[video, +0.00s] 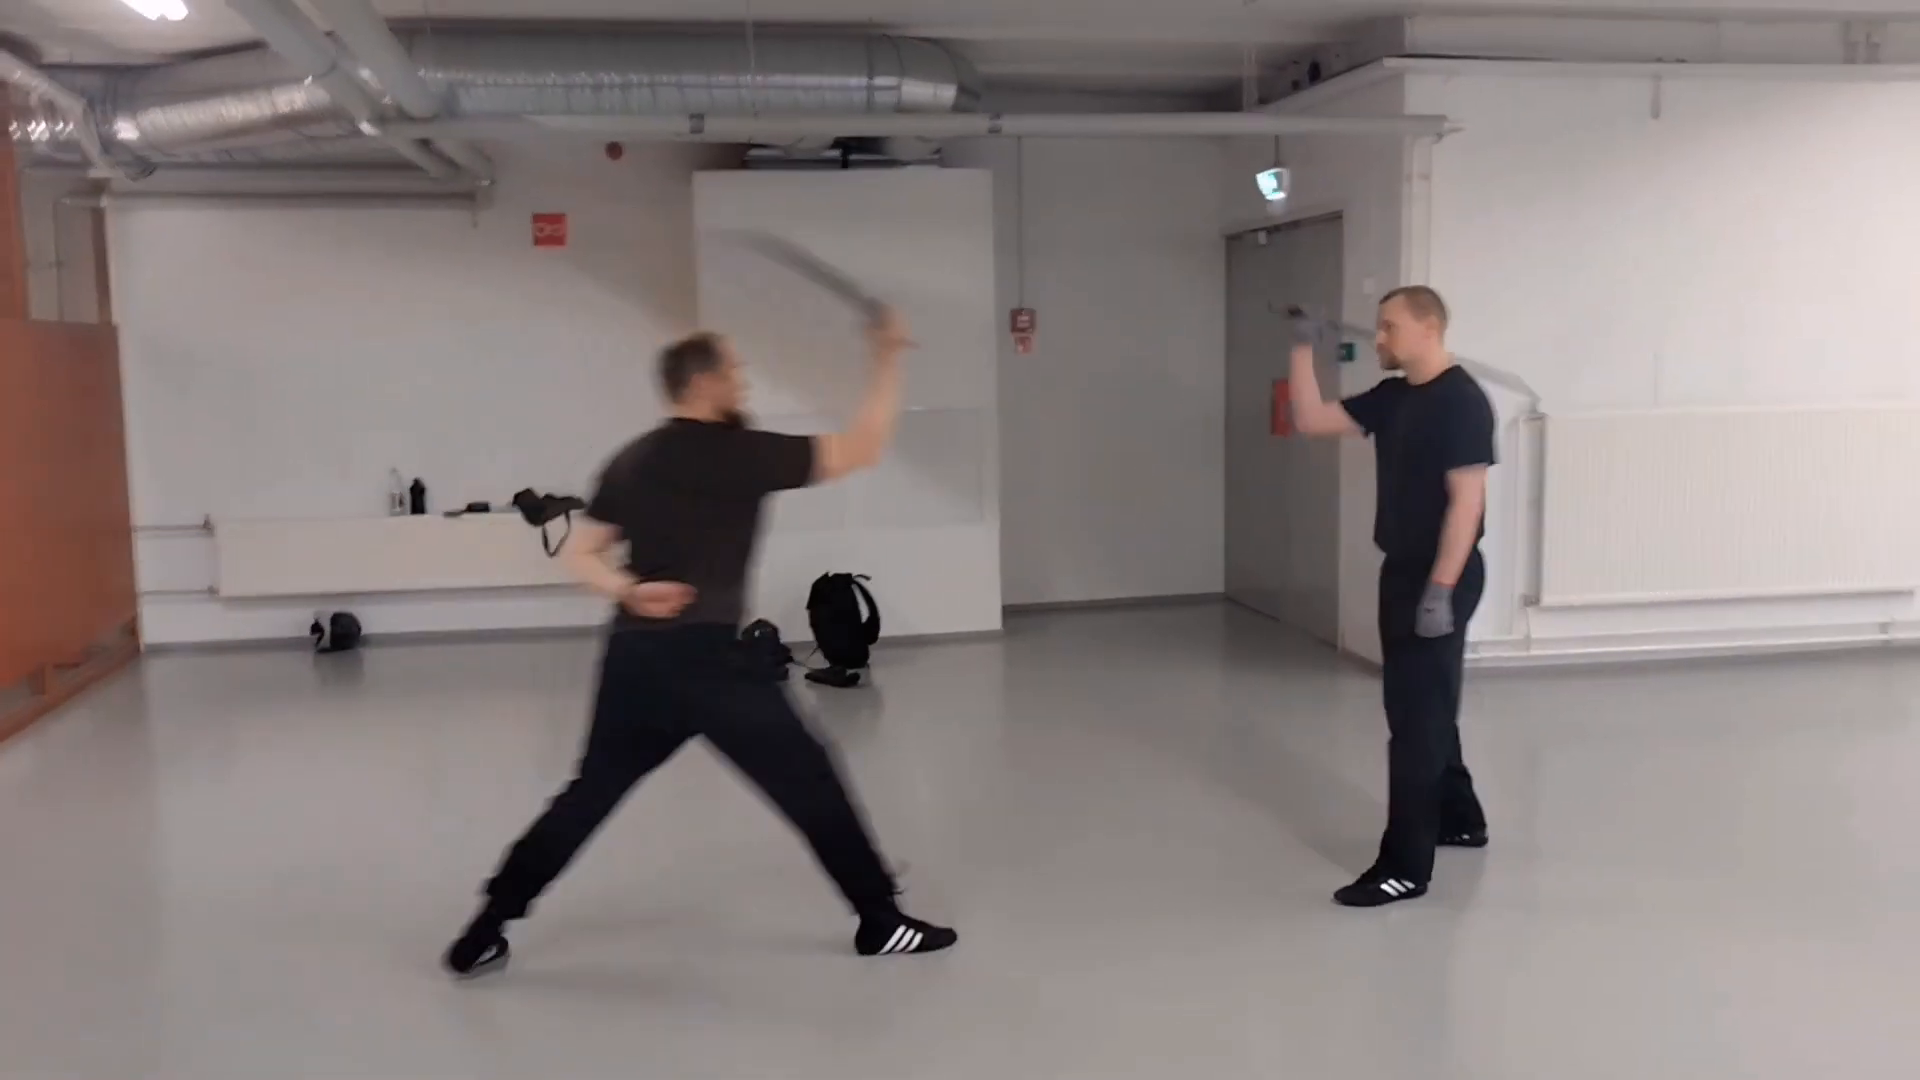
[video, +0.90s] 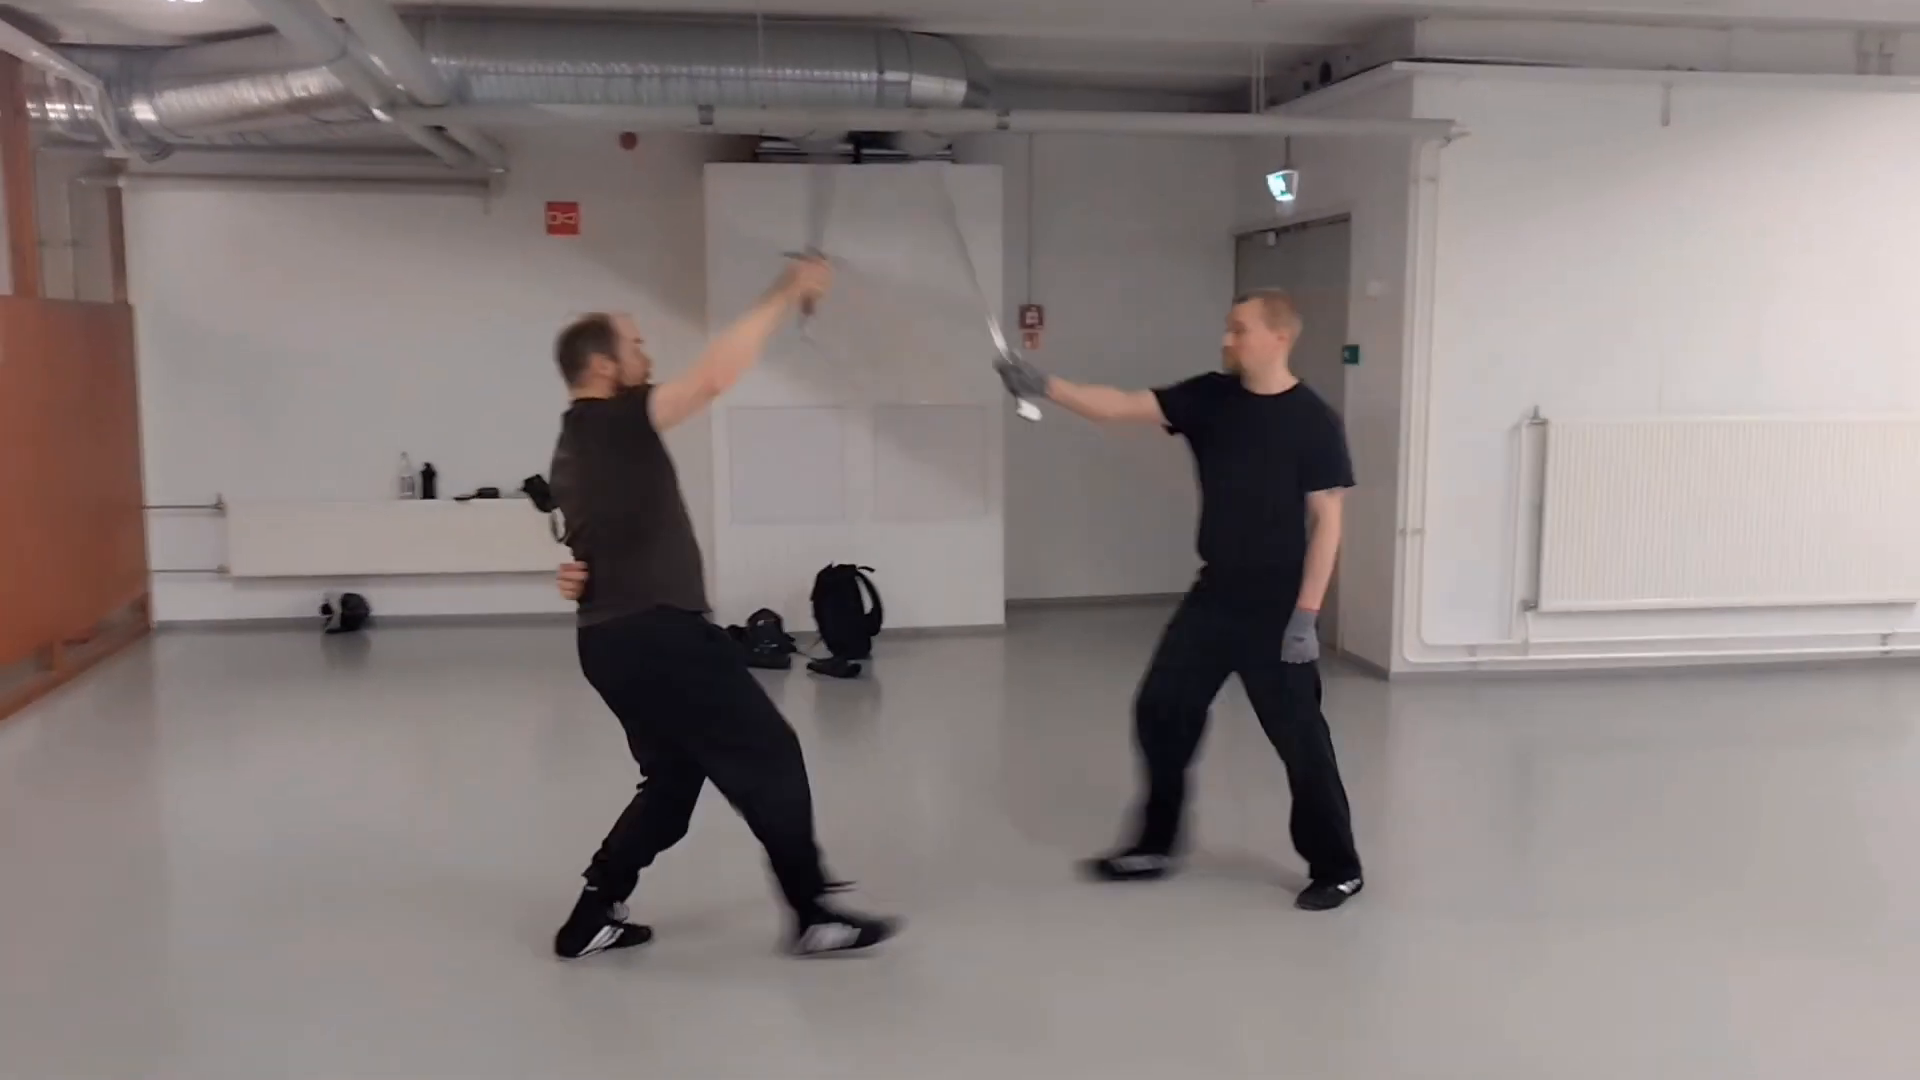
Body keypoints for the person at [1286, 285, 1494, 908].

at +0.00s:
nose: (1379, 338)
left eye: (1389, 327)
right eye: (1379, 328)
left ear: (1429, 328)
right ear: (1404, 334)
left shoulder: (1461, 400)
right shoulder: (1394, 395)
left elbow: (1468, 501)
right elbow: (1312, 419)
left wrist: (1440, 588)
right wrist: (1303, 346)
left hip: (1442, 575)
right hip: (1402, 571)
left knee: (1414, 719)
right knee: (1422, 707)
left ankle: (1405, 867)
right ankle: (1458, 817)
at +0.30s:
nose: (1367, 340)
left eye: (1377, 329)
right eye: (1367, 331)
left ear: (1418, 331)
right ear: (1384, 338)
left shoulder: (1454, 405)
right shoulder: (1373, 394)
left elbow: (1466, 506)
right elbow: (1313, 421)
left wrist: (1442, 589)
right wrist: (1282, 407)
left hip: (1430, 574)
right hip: (1382, 570)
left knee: (1402, 716)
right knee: (1417, 706)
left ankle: (1388, 865)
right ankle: (1455, 822)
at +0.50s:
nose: (1328, 347)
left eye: (1340, 336)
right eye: (1329, 337)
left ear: (1380, 342)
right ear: (1350, 346)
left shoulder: (1415, 416)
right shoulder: (1331, 413)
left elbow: (1434, 515)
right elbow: (1292, 482)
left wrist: (1409, 600)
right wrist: (1255, 487)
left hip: (1402, 588)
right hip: (1352, 585)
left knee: (1359, 712)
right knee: (1402, 708)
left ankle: (1350, 873)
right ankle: (1446, 823)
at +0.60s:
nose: (1308, 347)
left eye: (1320, 336)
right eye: (1309, 337)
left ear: (1362, 344)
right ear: (1325, 346)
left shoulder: (1396, 421)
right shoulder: (1309, 412)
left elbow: (1411, 522)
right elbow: (1259, 482)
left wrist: (1390, 608)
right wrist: (1199, 488)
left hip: (1373, 593)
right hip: (1324, 587)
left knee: (1333, 717)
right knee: (1365, 709)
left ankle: (1340, 873)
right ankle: (1433, 808)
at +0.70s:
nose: (1285, 344)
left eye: (1297, 335)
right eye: (1286, 334)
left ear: (1338, 343)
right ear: (1314, 343)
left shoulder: (1371, 421)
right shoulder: (1281, 406)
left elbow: (1387, 525)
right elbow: (1216, 457)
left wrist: (1355, 608)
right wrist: (1150, 458)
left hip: (1341, 594)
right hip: (1289, 587)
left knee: (1313, 727)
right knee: (1288, 722)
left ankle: (1332, 874)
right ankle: (1376, 778)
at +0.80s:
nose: (1258, 339)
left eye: (1271, 330)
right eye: (1260, 329)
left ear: (1312, 341)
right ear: (1296, 340)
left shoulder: (1342, 419)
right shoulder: (1251, 400)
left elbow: (1356, 520)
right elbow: (1166, 430)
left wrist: (1332, 608)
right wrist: (1089, 417)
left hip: (1311, 600)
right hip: (1253, 593)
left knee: (1303, 735)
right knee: (1219, 715)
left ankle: (1332, 872)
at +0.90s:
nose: (1227, 339)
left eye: (1239, 330)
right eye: (1228, 329)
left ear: (1281, 338)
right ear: (1239, 338)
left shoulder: (1312, 419)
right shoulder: (1210, 397)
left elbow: (1327, 523)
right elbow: (1118, 405)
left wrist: (1305, 614)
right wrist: (1043, 385)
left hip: (1279, 603)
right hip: (1215, 595)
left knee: (1301, 740)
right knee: (1162, 708)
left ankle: (1336, 869)